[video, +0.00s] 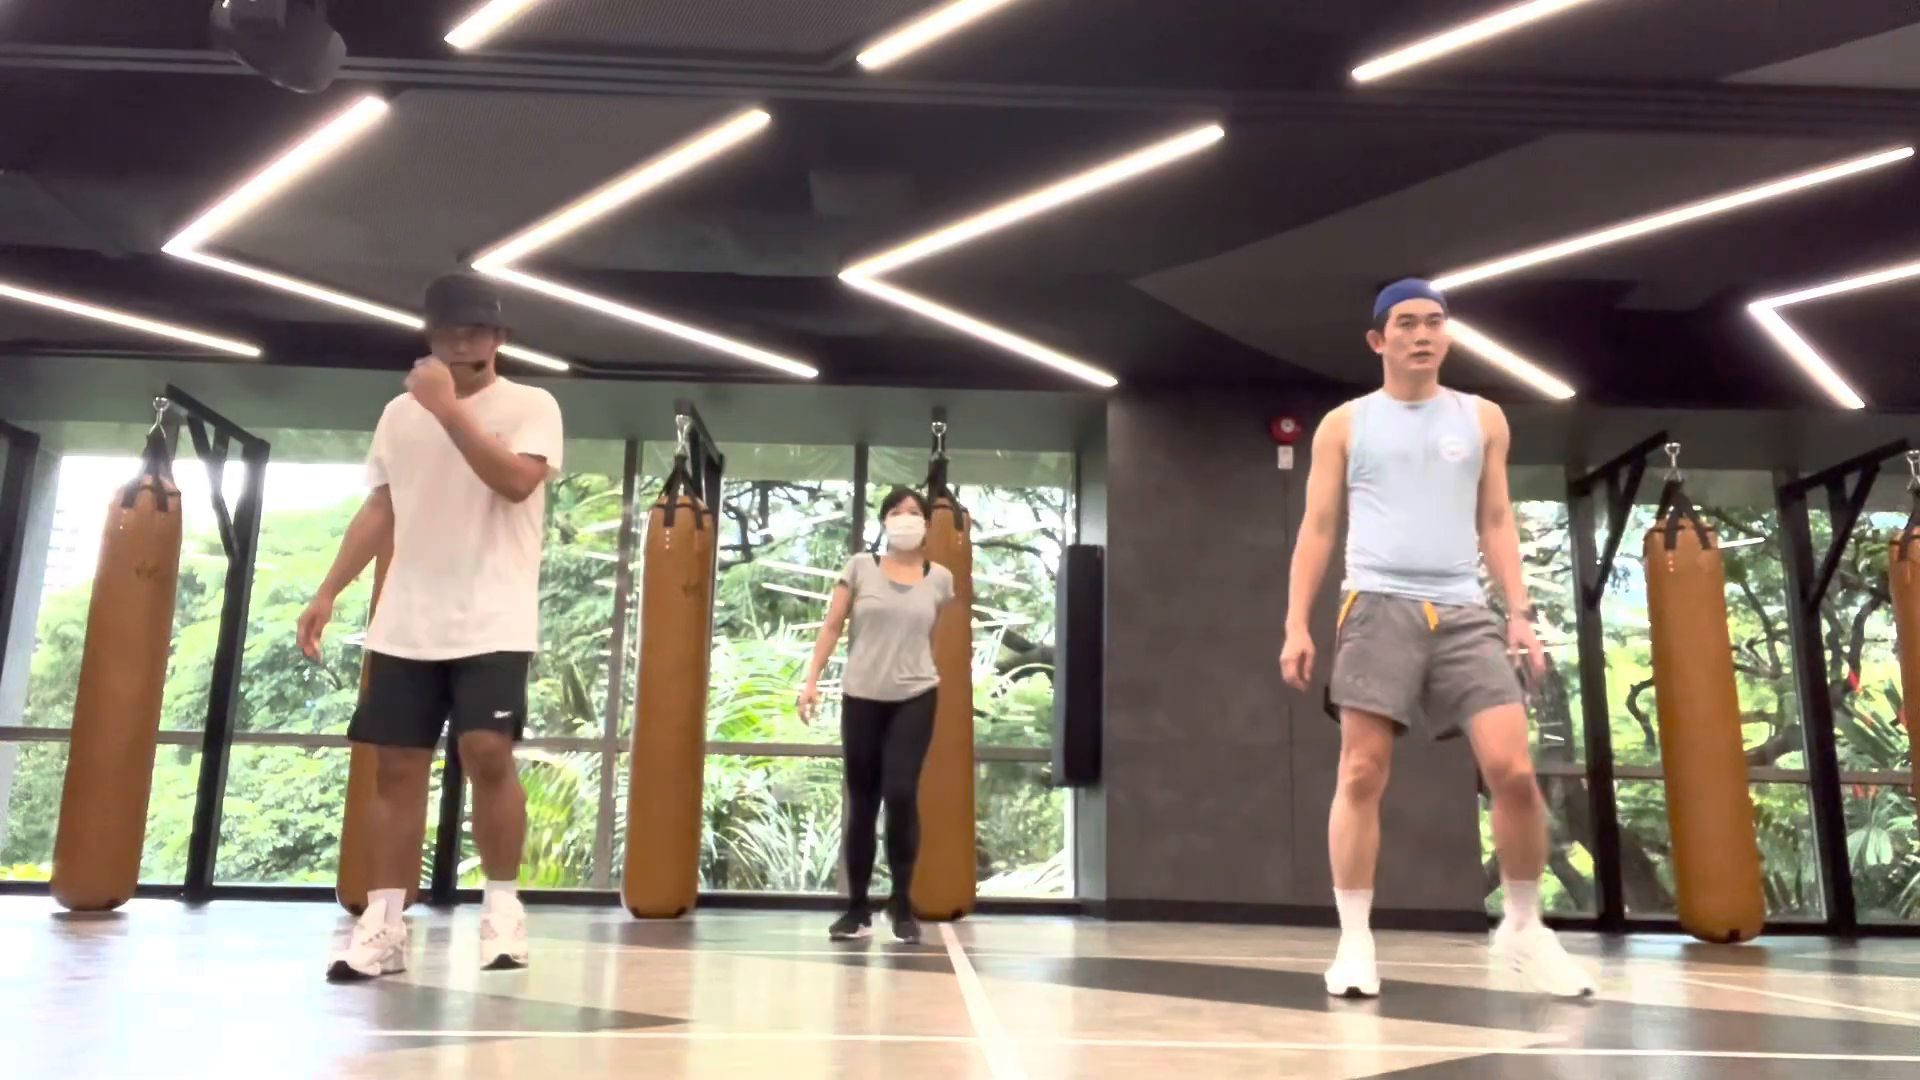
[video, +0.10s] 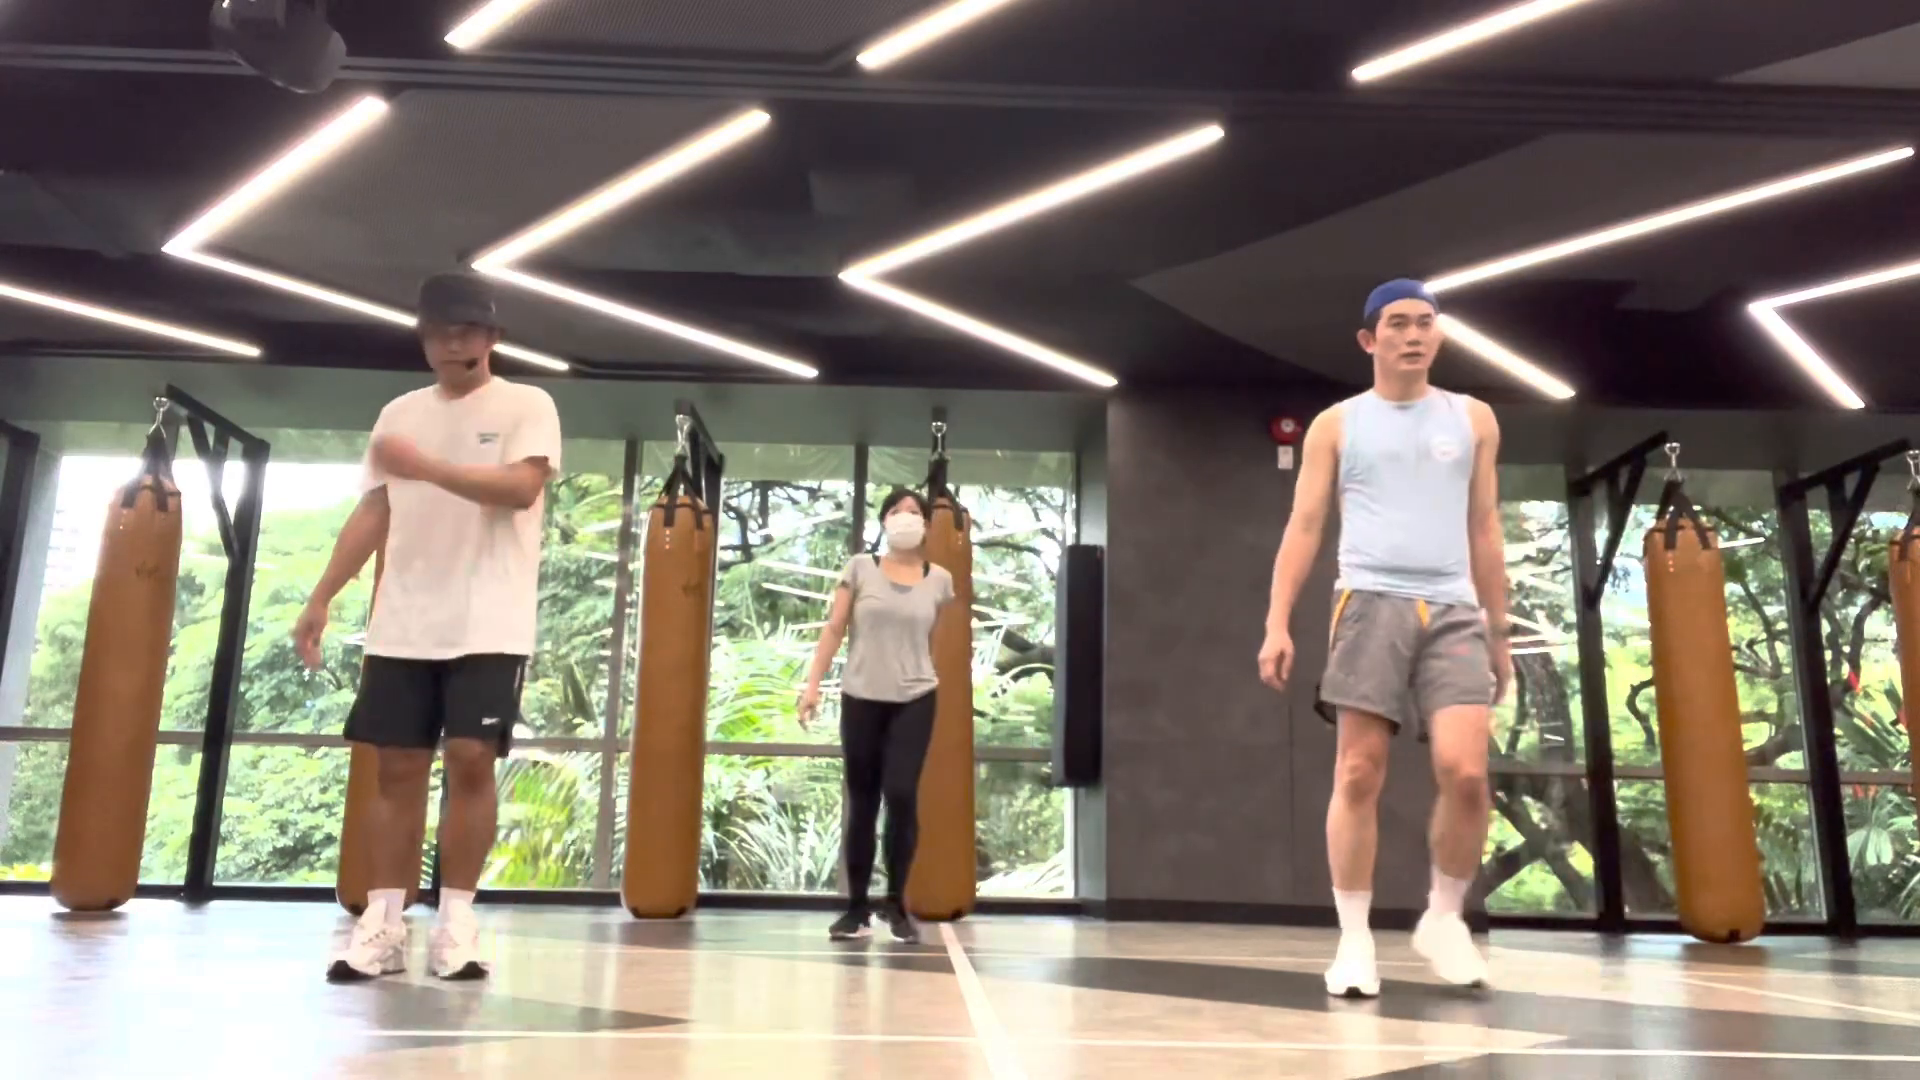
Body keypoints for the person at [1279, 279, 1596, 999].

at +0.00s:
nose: (1421, 334)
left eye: (1432, 323)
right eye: (1407, 323)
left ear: (1448, 337)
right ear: (1378, 340)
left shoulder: (1484, 420)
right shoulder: (1343, 425)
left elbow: (1497, 522)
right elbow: (1318, 526)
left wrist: (1520, 611)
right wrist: (1297, 621)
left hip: (1467, 617)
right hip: (1378, 615)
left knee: (1516, 774)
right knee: (1361, 772)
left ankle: (1522, 932)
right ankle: (1354, 945)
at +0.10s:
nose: (1414, 333)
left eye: (1424, 323)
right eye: (1399, 323)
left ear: (1440, 337)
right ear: (1369, 340)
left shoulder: (1474, 421)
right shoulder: (1335, 425)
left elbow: (1485, 533)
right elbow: (1304, 526)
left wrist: (1497, 633)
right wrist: (1278, 621)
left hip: (1455, 613)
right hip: (1370, 610)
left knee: (1468, 774)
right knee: (1359, 773)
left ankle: (1442, 922)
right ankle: (1354, 943)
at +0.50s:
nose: (1453, 331)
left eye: (1462, 321)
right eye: (1438, 319)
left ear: (1471, 336)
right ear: (1402, 332)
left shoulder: (1492, 421)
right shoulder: (1360, 416)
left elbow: (1492, 526)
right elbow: (1332, 516)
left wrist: (1502, 615)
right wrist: (1336, 610)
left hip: (1483, 616)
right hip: (1395, 615)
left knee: (1543, 767)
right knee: (1370, 777)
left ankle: (1567, 946)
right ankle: (1355, 947)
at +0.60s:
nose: (1478, 334)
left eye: (1487, 323)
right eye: (1462, 322)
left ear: (1498, 339)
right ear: (1426, 336)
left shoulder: (1517, 423)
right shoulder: (1388, 416)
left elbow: (1512, 523)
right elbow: (1357, 518)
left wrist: (1524, 608)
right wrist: (1368, 609)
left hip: (1509, 618)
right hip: (1422, 617)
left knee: (1563, 776)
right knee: (1385, 777)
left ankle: (1608, 955)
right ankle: (1357, 949)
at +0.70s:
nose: (1505, 332)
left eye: (1515, 322)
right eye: (1489, 320)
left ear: (1525, 338)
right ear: (1455, 336)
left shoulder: (1547, 424)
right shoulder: (1421, 418)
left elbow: (1549, 528)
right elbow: (1391, 521)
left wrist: (1562, 610)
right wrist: (1395, 613)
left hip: (1545, 618)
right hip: (1456, 619)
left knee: (1592, 777)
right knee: (1411, 781)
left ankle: (1613, 962)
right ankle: (1363, 943)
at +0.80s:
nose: (1526, 329)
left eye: (1536, 317)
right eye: (1510, 318)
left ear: (1549, 331)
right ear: (1479, 332)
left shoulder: (1572, 416)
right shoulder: (1445, 414)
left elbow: (1581, 518)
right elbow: (1417, 518)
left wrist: (1596, 603)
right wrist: (1417, 614)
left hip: (1574, 613)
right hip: (1486, 614)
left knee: (1603, 775)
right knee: (1453, 769)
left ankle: (1613, 962)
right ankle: (1396, 930)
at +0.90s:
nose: (1540, 324)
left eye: (1549, 314)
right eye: (1523, 313)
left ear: (1561, 330)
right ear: (1490, 330)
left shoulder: (1590, 414)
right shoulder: (1458, 412)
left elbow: (1605, 514)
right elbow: (1430, 516)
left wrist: (1624, 601)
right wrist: (1429, 615)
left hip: (1592, 608)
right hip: (1506, 605)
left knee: (1607, 776)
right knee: (1509, 765)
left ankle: (1615, 959)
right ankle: (1459, 925)